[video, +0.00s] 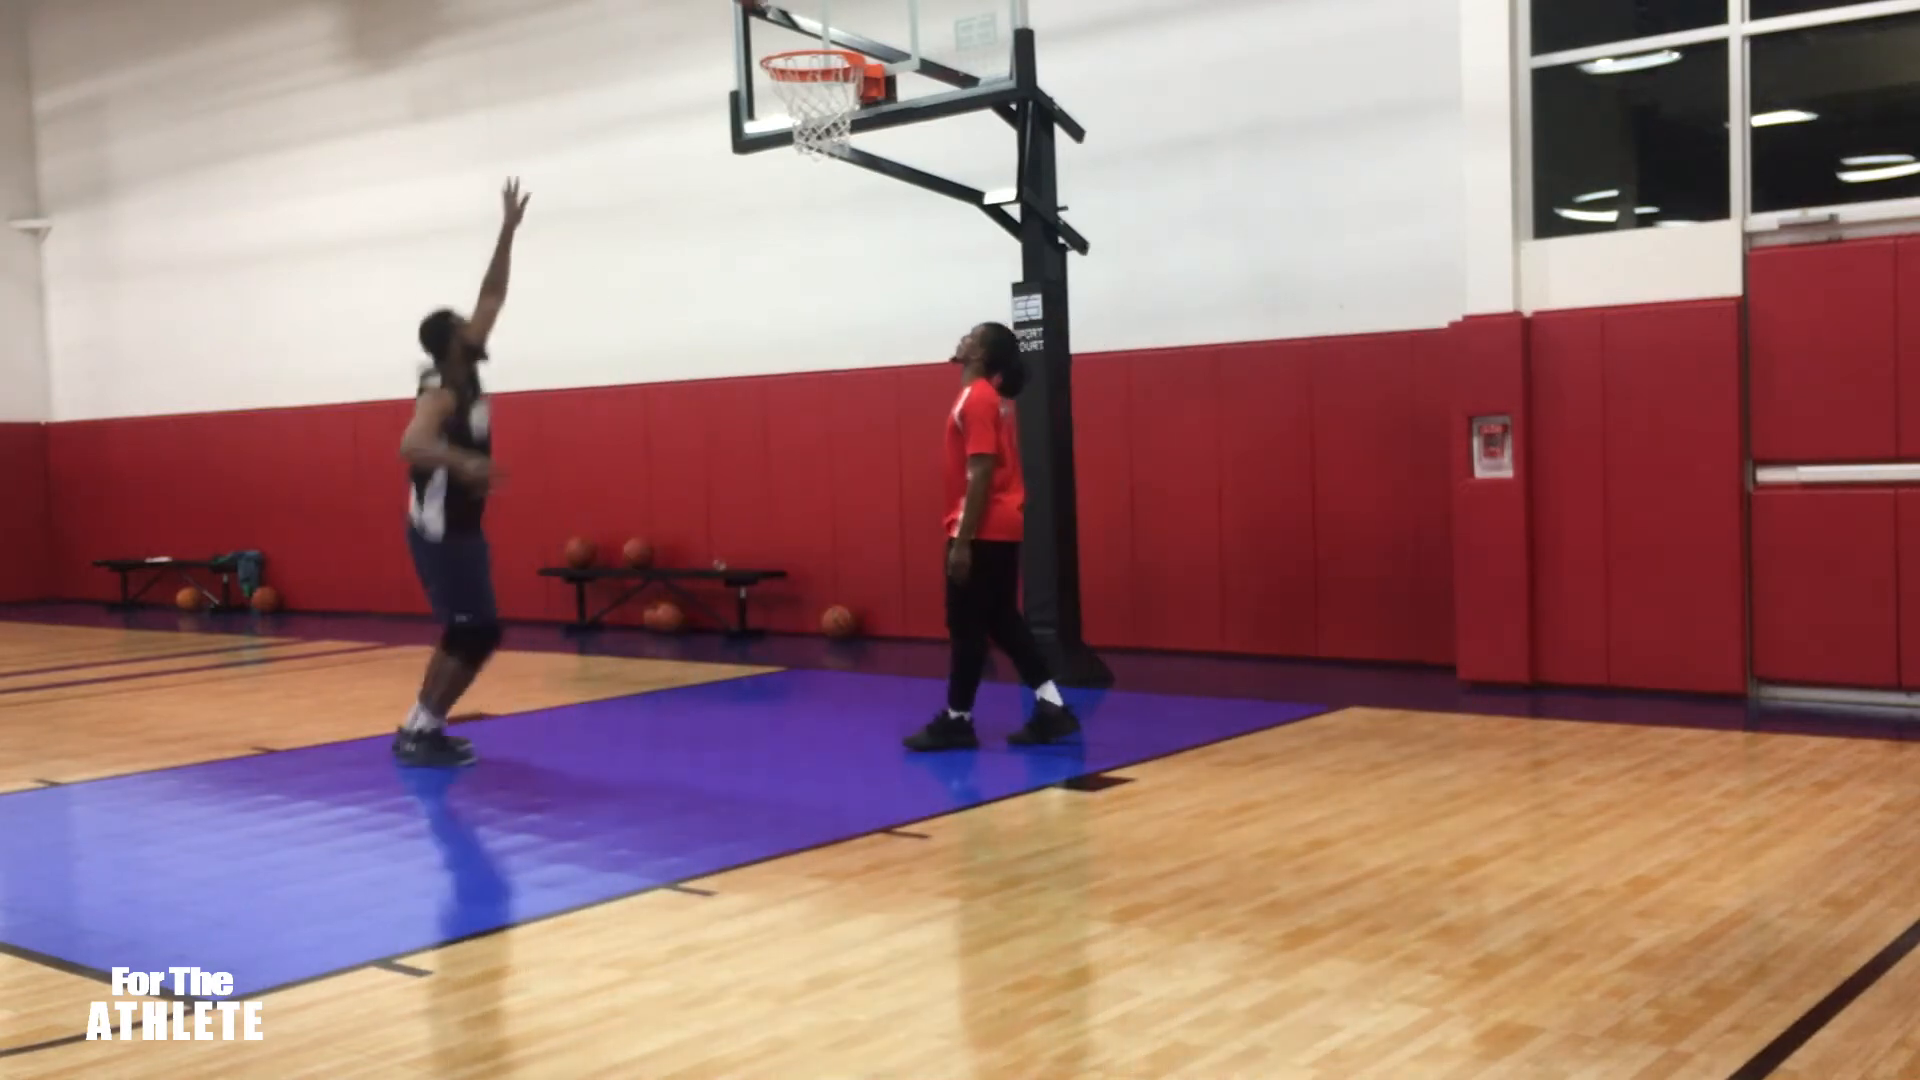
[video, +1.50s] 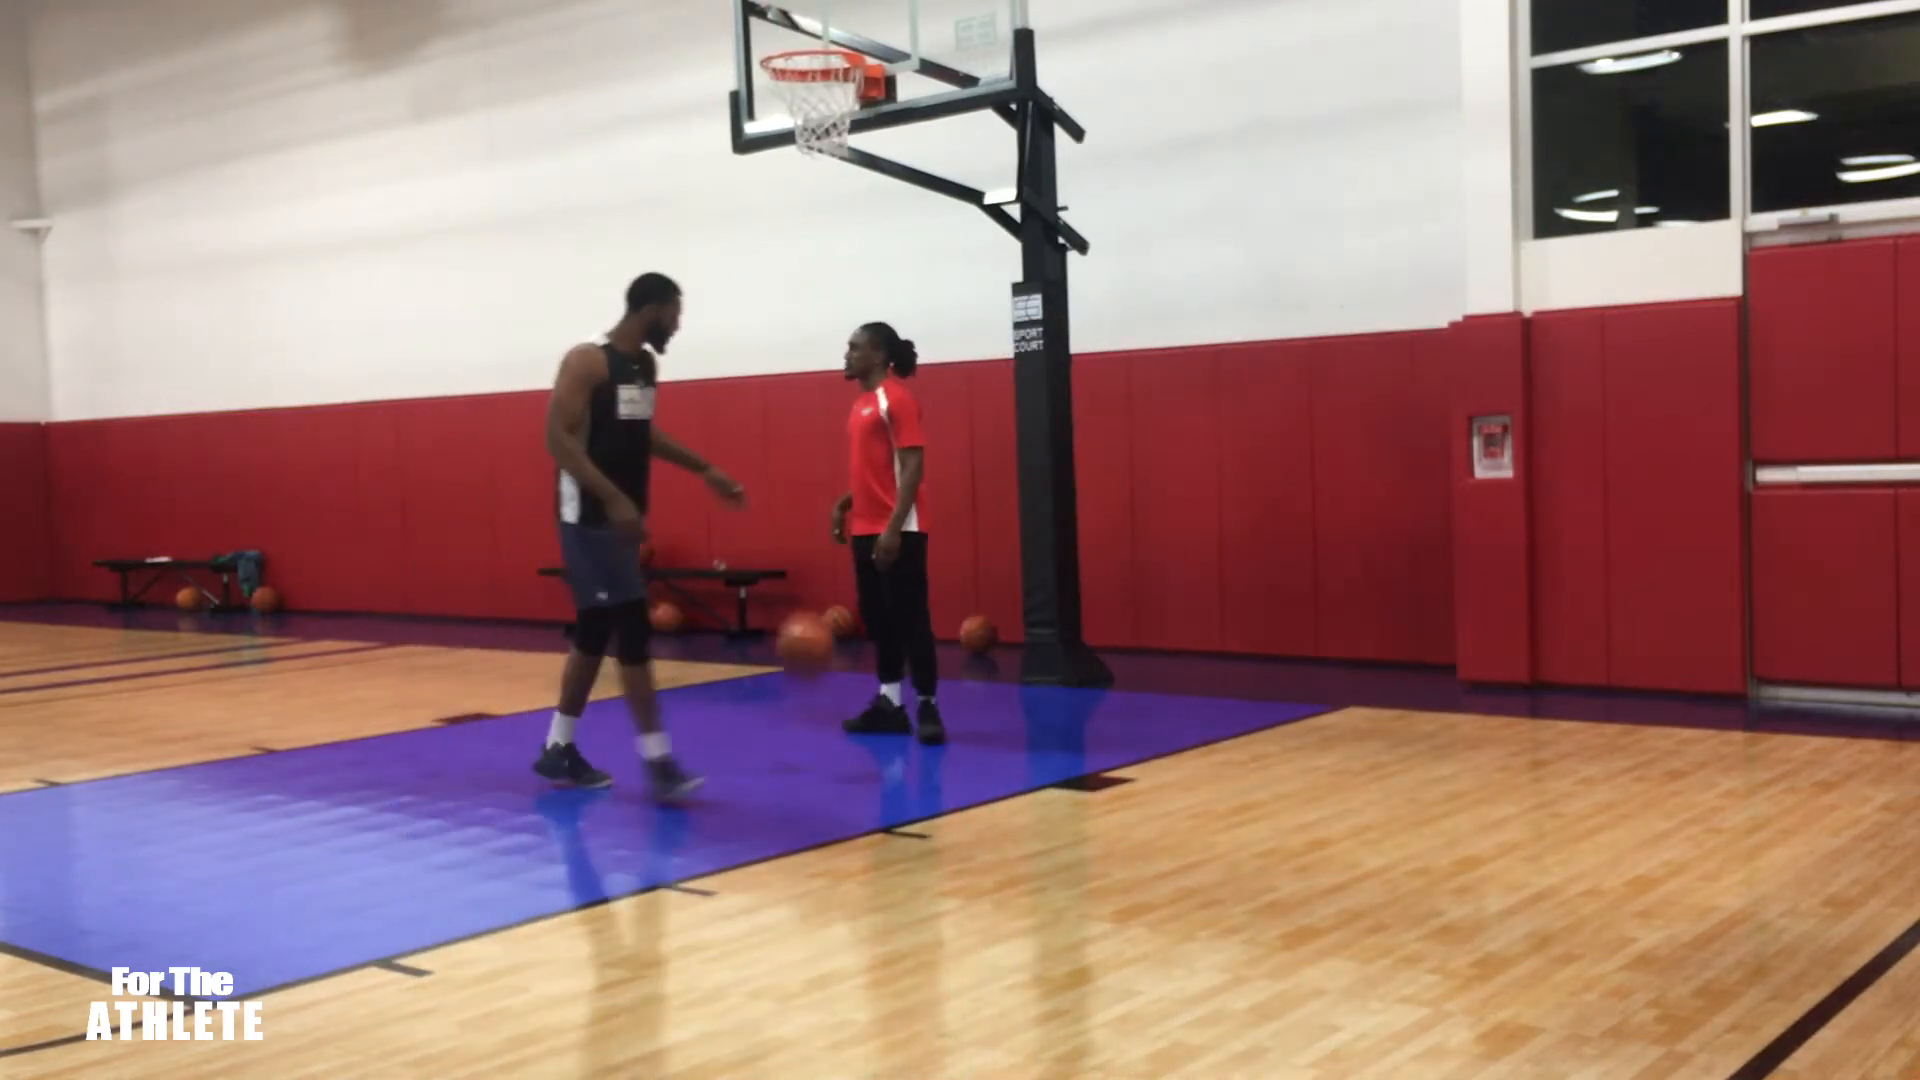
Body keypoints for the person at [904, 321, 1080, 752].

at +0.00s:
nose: (962, 340)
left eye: (971, 337)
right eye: (968, 335)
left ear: (984, 353)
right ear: (987, 357)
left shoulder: (978, 396)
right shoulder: (982, 395)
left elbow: (981, 471)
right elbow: (987, 470)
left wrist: (963, 538)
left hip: (981, 531)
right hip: (996, 530)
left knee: (967, 624)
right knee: (1002, 620)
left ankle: (957, 717)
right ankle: (1053, 707)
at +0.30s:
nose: (929, 341)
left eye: (938, 337)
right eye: (935, 335)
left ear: (949, 353)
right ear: (957, 358)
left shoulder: (942, 396)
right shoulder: (953, 395)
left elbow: (937, 467)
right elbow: (951, 466)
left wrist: (905, 534)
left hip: (952, 521)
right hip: (956, 519)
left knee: (946, 615)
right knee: (928, 607)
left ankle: (956, 716)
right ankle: (987, 685)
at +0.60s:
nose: (898, 350)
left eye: (904, 345)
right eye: (903, 344)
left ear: (913, 357)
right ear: (928, 361)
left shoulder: (909, 400)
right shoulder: (923, 400)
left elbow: (900, 468)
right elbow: (916, 454)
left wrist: (864, 536)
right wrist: (874, 436)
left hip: (925, 525)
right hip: (922, 523)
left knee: (932, 618)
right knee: (908, 613)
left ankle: (955, 717)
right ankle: (898, 700)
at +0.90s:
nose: (869, 348)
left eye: (877, 344)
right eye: (874, 342)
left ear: (892, 358)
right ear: (894, 360)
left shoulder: (895, 399)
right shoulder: (886, 397)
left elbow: (890, 469)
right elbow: (853, 422)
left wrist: (860, 533)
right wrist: (829, 379)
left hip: (899, 521)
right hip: (888, 519)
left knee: (888, 610)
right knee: (883, 609)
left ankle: (936, 703)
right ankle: (889, 703)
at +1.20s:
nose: (848, 353)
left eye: (857, 347)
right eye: (851, 346)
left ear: (881, 358)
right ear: (872, 358)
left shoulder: (890, 397)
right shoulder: (870, 399)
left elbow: (893, 466)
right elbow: (865, 474)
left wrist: (876, 530)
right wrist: (817, 492)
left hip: (892, 527)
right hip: (872, 526)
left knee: (889, 613)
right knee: (876, 613)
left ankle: (915, 706)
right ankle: (889, 698)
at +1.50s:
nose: (847, 355)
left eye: (855, 348)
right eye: (848, 348)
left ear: (880, 355)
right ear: (867, 355)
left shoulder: (897, 398)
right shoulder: (864, 401)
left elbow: (911, 465)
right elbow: (872, 469)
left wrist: (893, 528)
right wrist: (845, 502)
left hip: (900, 530)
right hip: (868, 531)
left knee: (912, 618)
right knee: (879, 619)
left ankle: (927, 706)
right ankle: (888, 702)